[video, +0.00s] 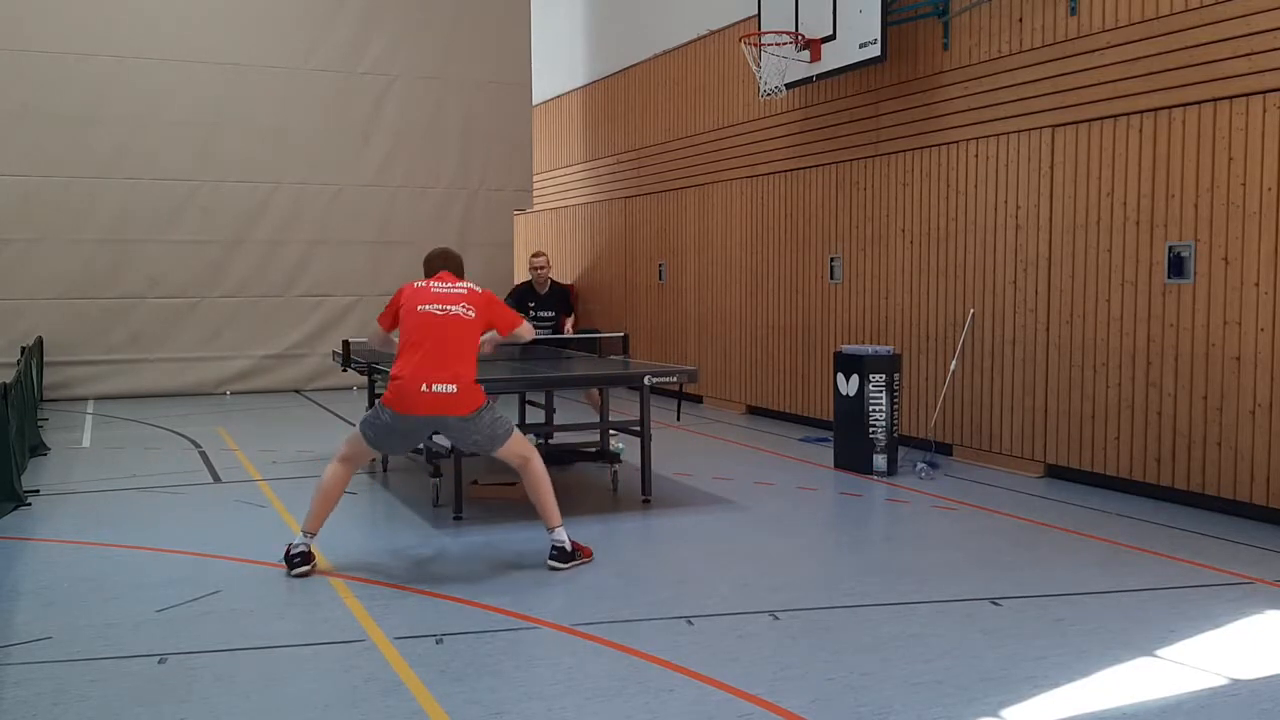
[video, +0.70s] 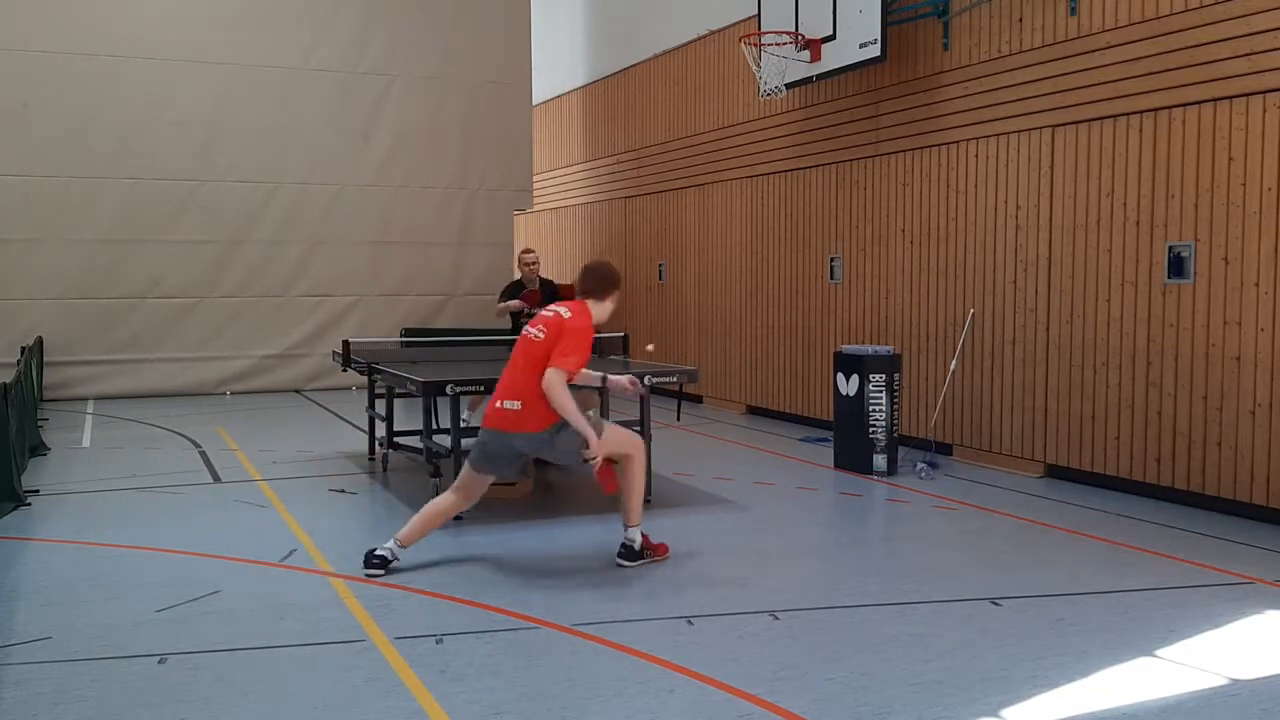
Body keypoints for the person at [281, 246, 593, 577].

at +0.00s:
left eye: (431, 277)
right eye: (457, 274)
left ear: (425, 275)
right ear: (462, 274)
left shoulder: (409, 291)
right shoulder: (481, 295)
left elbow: (379, 336)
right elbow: (525, 333)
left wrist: (406, 347)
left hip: (405, 403)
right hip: (463, 402)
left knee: (346, 460)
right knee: (526, 457)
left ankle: (302, 545)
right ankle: (561, 542)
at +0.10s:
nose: (461, 256)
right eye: (464, 251)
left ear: (432, 254)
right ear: (467, 253)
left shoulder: (412, 277)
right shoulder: (487, 281)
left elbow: (362, 318)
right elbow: (533, 307)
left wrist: (371, 343)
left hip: (413, 390)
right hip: (471, 392)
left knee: (356, 457)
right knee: (531, 454)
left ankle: (317, 546)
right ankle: (564, 539)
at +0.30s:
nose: (490, 258)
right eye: (490, 252)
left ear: (451, 253)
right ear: (486, 255)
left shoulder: (427, 284)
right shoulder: (501, 289)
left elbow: (377, 326)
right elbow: (552, 333)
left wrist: (389, 330)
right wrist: (578, 317)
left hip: (430, 402)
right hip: (489, 406)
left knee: (361, 458)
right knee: (537, 467)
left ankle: (328, 548)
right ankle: (570, 540)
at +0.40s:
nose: (512, 249)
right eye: (514, 243)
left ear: (477, 242)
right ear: (513, 246)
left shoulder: (448, 272)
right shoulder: (523, 282)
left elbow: (410, 317)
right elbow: (552, 339)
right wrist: (586, 352)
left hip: (446, 394)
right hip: (505, 393)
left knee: (386, 464)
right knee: (564, 445)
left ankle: (338, 547)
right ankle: (585, 527)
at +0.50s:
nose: (549, 255)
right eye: (549, 250)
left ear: (513, 245)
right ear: (545, 250)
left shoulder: (478, 272)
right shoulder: (544, 285)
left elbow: (451, 305)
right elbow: (549, 350)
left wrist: (491, 320)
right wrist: (585, 389)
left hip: (459, 387)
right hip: (515, 388)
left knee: (411, 457)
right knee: (579, 452)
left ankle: (370, 539)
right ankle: (616, 536)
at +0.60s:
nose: (582, 282)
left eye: (580, 276)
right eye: (583, 276)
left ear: (546, 268)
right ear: (578, 276)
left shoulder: (516, 292)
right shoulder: (560, 307)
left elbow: (523, 344)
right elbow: (544, 367)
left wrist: (571, 363)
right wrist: (580, 424)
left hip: (474, 409)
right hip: (525, 413)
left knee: (437, 478)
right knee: (603, 450)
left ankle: (385, 548)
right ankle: (629, 541)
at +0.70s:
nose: (615, 307)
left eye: (616, 300)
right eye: (616, 299)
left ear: (580, 288)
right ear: (608, 296)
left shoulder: (549, 312)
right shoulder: (580, 322)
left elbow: (556, 368)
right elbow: (554, 382)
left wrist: (610, 381)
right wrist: (589, 436)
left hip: (498, 425)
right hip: (541, 427)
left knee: (458, 495)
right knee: (634, 447)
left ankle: (388, 550)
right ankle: (633, 542)